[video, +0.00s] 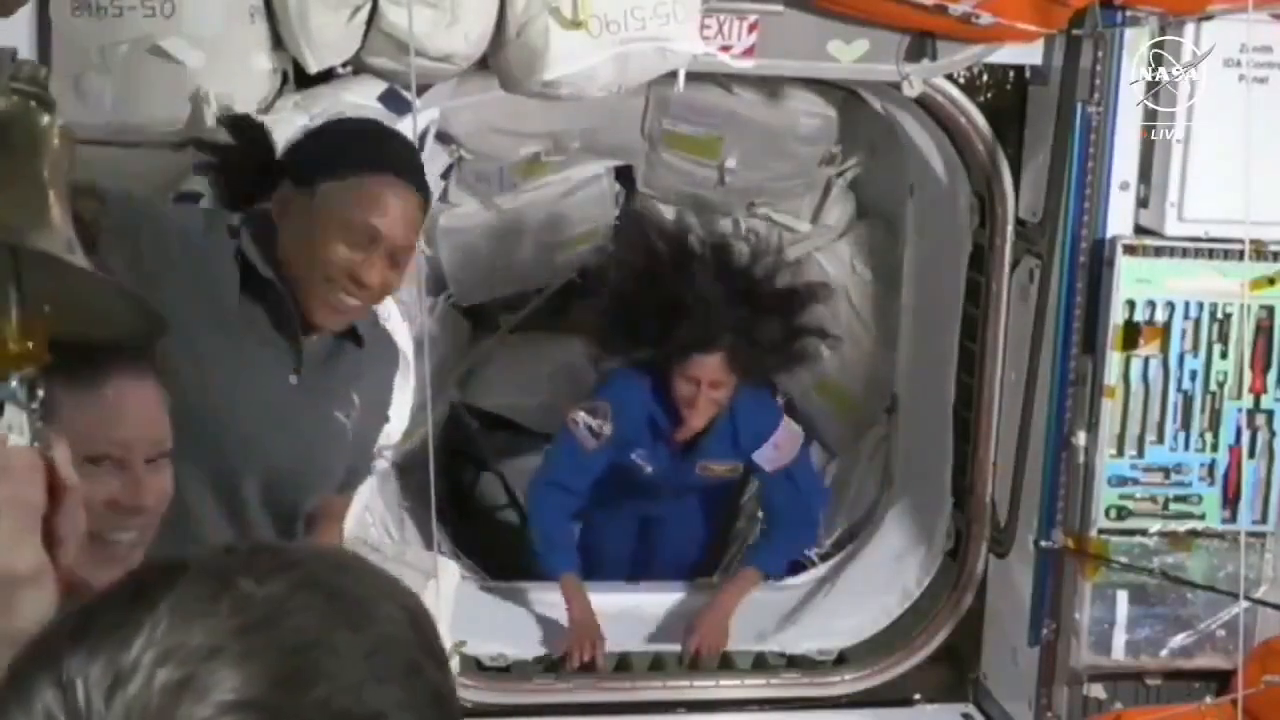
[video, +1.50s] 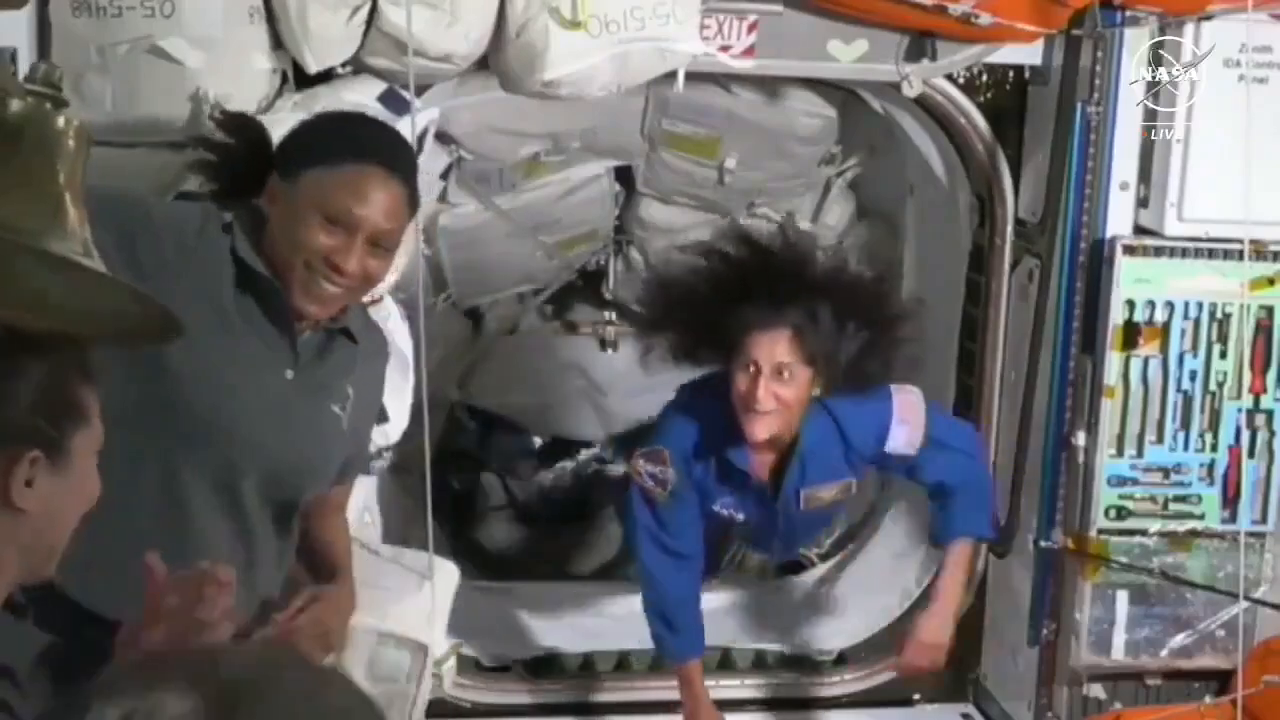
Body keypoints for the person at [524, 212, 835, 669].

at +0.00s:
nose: (699, 399)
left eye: (715, 387)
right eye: (689, 382)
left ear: (737, 383)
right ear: (668, 370)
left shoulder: (755, 415)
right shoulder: (624, 400)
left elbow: (798, 517)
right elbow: (549, 496)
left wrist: (725, 605)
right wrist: (578, 607)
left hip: (694, 504)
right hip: (614, 502)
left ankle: (666, 634)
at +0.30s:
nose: (713, 424)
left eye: (729, 408)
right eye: (700, 404)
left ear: (753, 395)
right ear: (677, 386)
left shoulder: (772, 411)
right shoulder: (635, 408)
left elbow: (809, 478)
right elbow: (577, 515)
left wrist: (723, 589)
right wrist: (630, 626)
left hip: (720, 498)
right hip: (641, 500)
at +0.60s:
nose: (738, 420)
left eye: (755, 401)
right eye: (722, 400)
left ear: (780, 393)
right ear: (697, 391)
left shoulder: (803, 413)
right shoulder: (659, 418)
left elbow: (818, 474)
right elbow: (642, 560)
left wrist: (729, 593)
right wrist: (673, 701)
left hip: (734, 470)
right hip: (667, 467)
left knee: (725, 539)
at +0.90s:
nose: (756, 402)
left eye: (774, 382)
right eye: (740, 381)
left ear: (796, 376)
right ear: (714, 377)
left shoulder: (822, 401)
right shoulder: (671, 421)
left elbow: (868, 458)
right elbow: (645, 562)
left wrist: (791, 574)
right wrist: (676, 695)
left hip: (762, 477)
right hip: (681, 478)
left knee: (750, 534)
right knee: (680, 551)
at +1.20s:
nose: (767, 409)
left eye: (787, 387)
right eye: (753, 386)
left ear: (811, 391)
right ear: (727, 386)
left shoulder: (838, 415)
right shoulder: (679, 443)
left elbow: (909, 439)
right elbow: (652, 571)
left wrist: (878, 586)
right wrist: (683, 700)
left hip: (766, 506)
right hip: (683, 509)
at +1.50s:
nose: (759, 394)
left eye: (783, 375)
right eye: (748, 369)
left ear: (817, 384)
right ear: (728, 371)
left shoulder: (855, 422)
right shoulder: (682, 435)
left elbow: (965, 456)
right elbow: (668, 566)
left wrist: (943, 608)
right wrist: (693, 695)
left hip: (818, 536)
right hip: (720, 534)